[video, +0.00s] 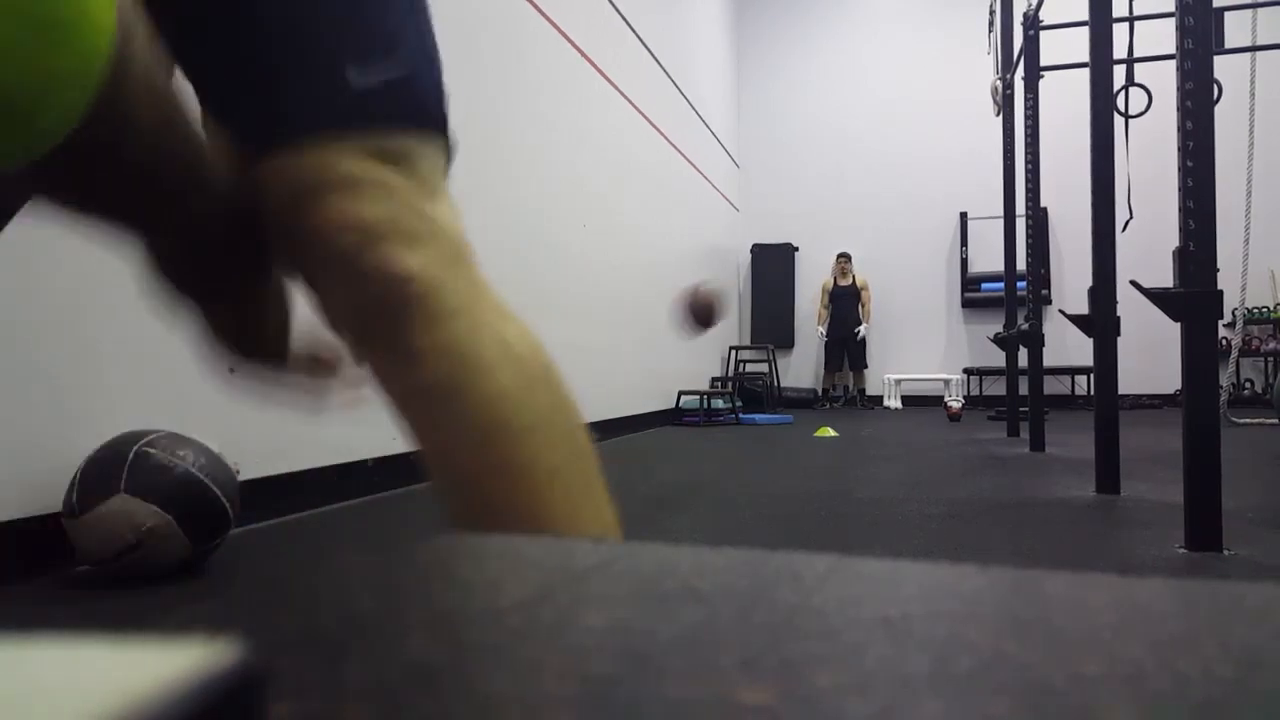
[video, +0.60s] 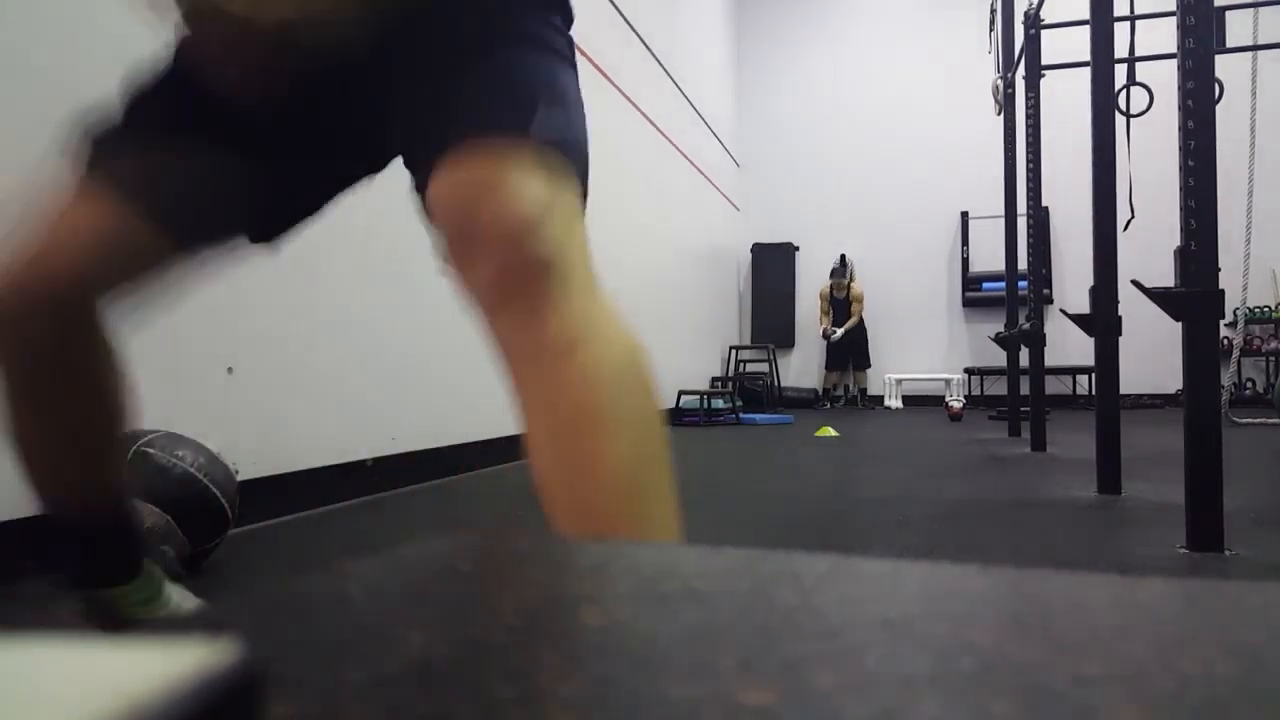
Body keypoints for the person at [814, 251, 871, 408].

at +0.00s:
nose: (843, 266)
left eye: (846, 263)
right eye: (840, 263)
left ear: (851, 264)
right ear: (836, 265)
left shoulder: (860, 282)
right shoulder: (828, 284)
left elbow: (865, 304)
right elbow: (824, 307)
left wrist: (865, 324)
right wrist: (820, 325)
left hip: (854, 330)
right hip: (834, 331)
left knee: (858, 368)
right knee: (830, 368)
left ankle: (861, 398)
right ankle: (825, 398)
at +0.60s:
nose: (838, 286)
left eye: (841, 283)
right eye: (835, 282)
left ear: (847, 280)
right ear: (831, 280)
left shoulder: (856, 293)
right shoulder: (825, 293)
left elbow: (856, 316)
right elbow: (824, 313)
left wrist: (842, 330)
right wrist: (825, 326)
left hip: (855, 330)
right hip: (835, 330)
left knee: (859, 366)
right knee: (831, 367)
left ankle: (862, 399)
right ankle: (825, 398)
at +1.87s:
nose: (843, 265)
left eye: (846, 262)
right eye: (841, 263)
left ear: (853, 263)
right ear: (838, 265)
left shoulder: (864, 282)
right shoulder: (833, 283)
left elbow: (873, 304)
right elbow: (824, 306)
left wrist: (877, 326)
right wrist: (811, 324)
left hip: (855, 330)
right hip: (835, 330)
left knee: (859, 368)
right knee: (829, 367)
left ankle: (861, 400)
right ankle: (824, 399)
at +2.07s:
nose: (839, 267)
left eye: (842, 264)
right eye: (838, 264)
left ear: (851, 264)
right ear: (836, 265)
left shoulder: (864, 282)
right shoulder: (832, 283)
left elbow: (872, 304)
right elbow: (819, 304)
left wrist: (877, 326)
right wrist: (802, 320)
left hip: (855, 330)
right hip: (834, 330)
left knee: (858, 367)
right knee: (827, 365)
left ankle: (862, 400)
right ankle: (822, 398)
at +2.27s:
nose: (825, 270)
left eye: (828, 267)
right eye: (824, 267)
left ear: (837, 267)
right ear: (825, 268)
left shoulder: (854, 281)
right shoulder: (823, 284)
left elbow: (865, 302)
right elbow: (808, 304)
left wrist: (872, 320)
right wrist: (790, 317)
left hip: (849, 330)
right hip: (829, 330)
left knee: (855, 367)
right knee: (825, 367)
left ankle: (862, 399)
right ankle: (822, 400)